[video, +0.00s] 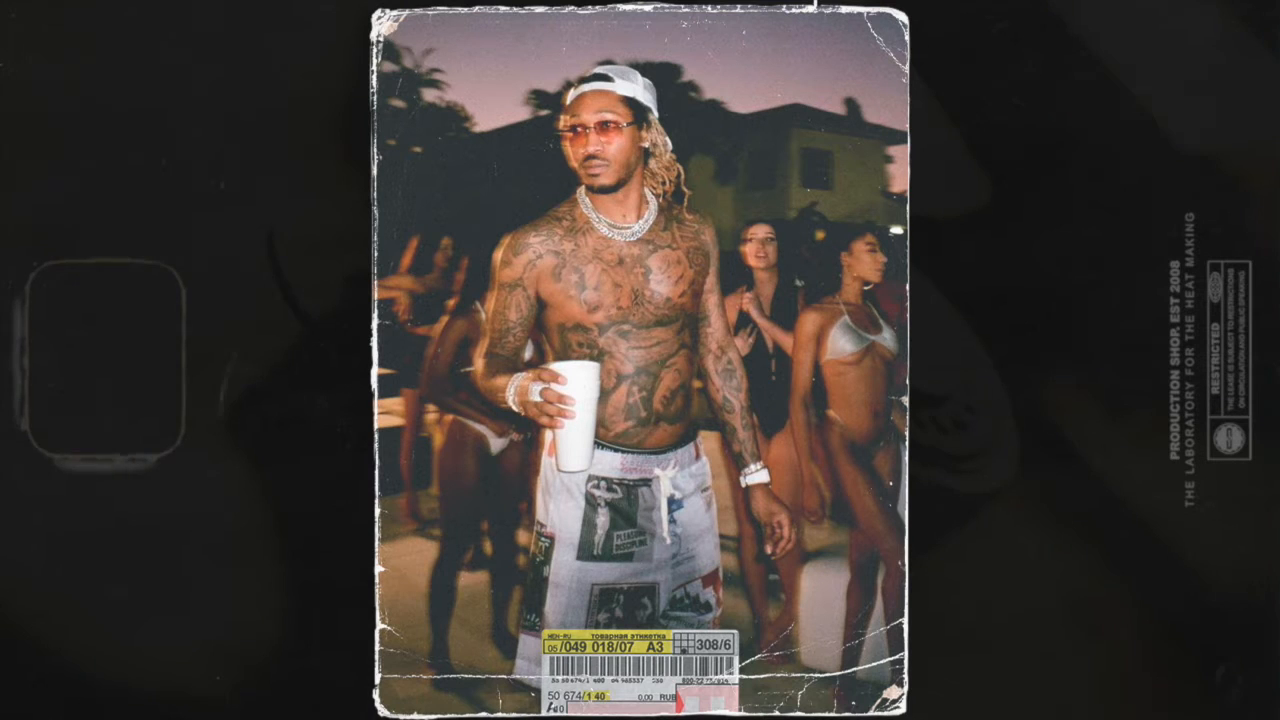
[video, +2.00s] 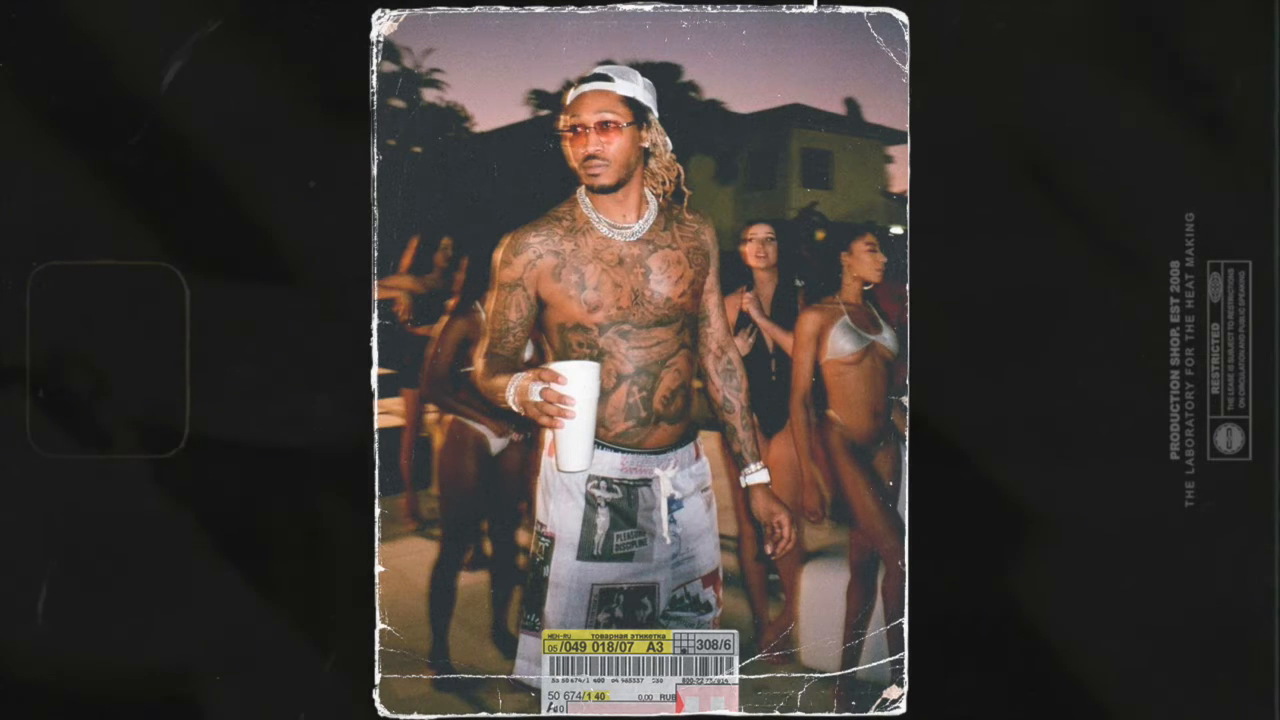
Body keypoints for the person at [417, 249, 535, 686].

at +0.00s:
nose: (515, 291)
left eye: (523, 283)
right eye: (509, 280)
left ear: (531, 291)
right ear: (495, 281)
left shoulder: (530, 334)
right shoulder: (464, 323)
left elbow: (542, 386)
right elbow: (434, 388)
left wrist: (528, 421)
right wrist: (489, 422)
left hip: (513, 446)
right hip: (465, 442)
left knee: (506, 541)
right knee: (456, 543)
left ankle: (501, 627)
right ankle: (439, 652)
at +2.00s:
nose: (514, 288)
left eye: (521, 280)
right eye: (507, 278)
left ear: (531, 288)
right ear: (493, 278)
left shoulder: (531, 332)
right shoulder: (465, 322)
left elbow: (543, 385)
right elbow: (434, 387)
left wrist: (530, 420)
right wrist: (489, 421)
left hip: (515, 443)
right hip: (465, 439)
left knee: (506, 540)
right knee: (456, 543)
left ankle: (501, 627)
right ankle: (439, 648)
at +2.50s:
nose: (515, 288)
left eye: (522, 280)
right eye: (508, 278)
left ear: (532, 288)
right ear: (494, 278)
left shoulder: (531, 333)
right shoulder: (465, 323)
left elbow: (543, 386)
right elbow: (434, 387)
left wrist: (529, 421)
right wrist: (490, 422)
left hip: (515, 443)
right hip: (465, 439)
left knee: (506, 540)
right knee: (456, 544)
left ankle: (501, 627)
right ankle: (439, 649)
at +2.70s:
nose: (514, 287)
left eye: (522, 280)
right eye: (508, 277)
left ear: (531, 288)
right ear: (493, 277)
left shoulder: (531, 332)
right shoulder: (466, 321)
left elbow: (544, 385)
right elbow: (434, 386)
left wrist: (530, 421)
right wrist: (489, 421)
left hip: (515, 444)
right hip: (465, 440)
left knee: (506, 540)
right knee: (456, 544)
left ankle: (501, 627)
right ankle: (439, 649)